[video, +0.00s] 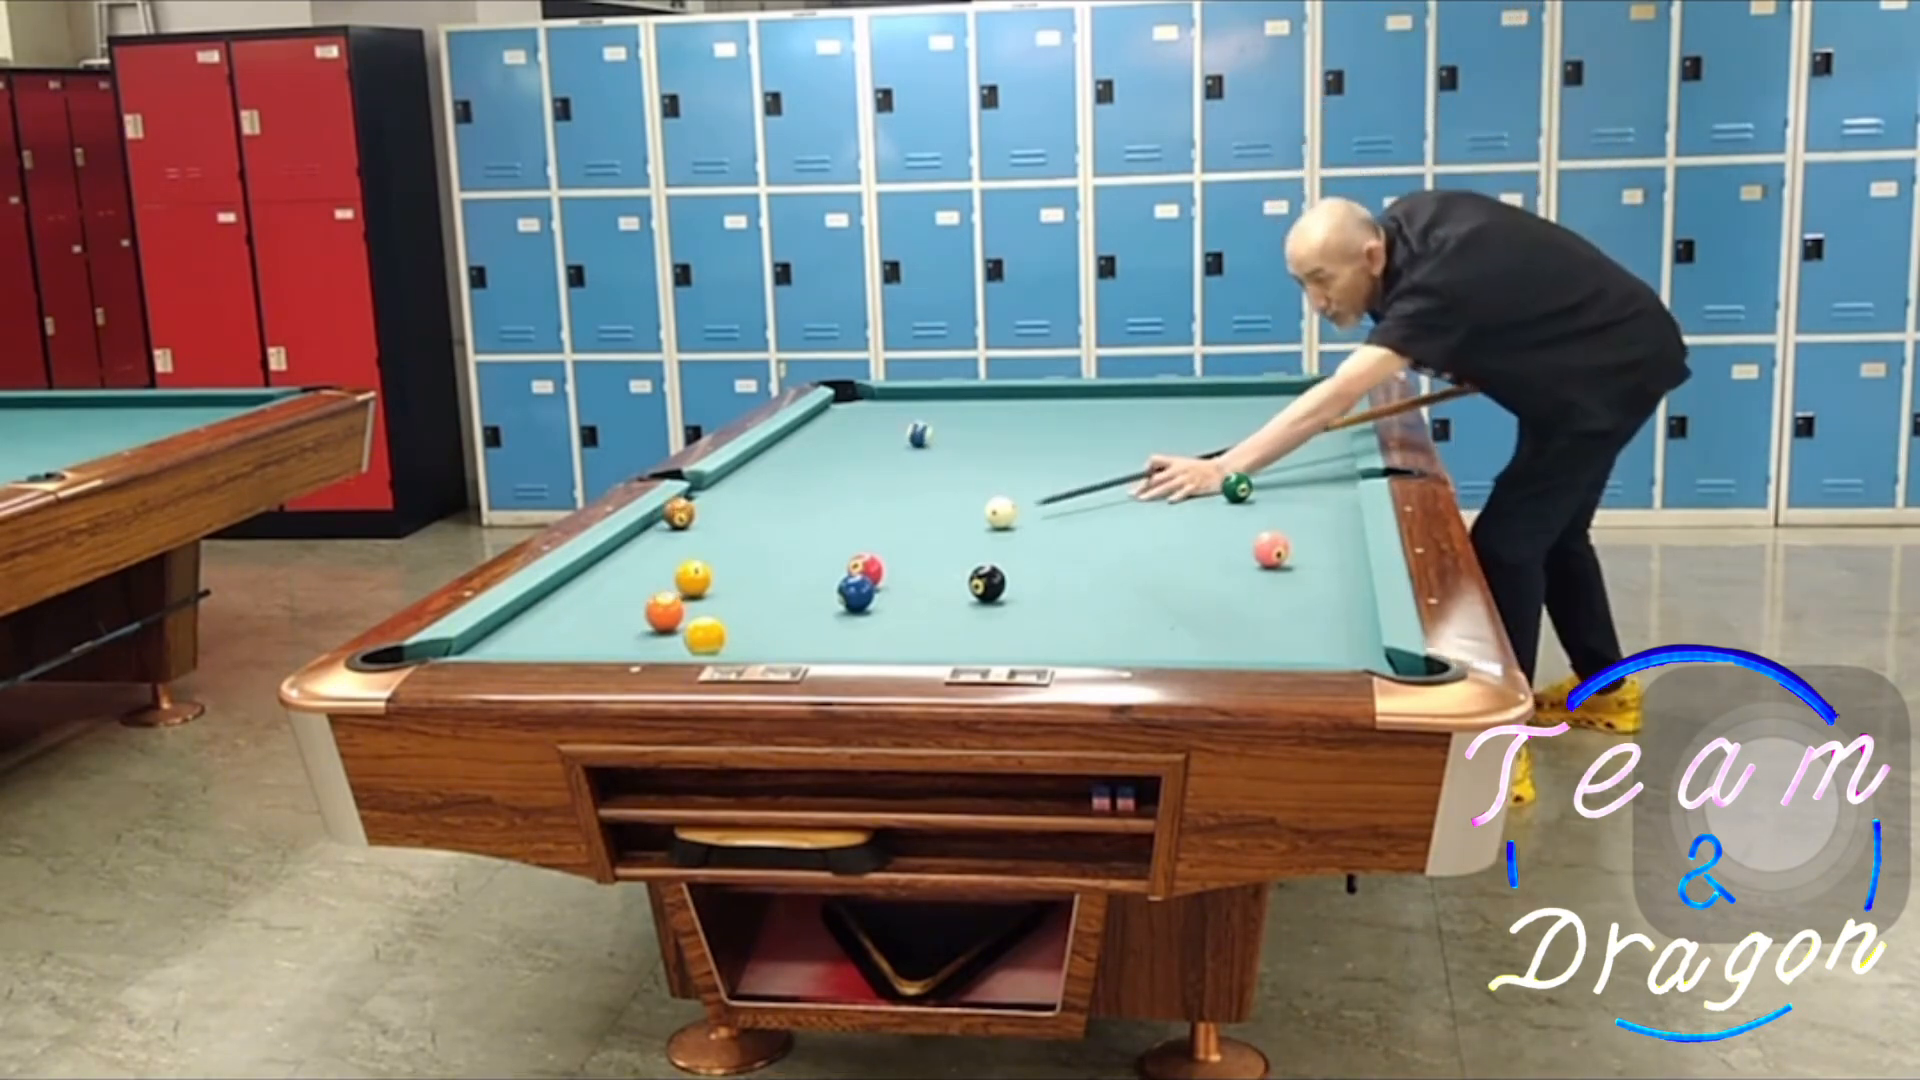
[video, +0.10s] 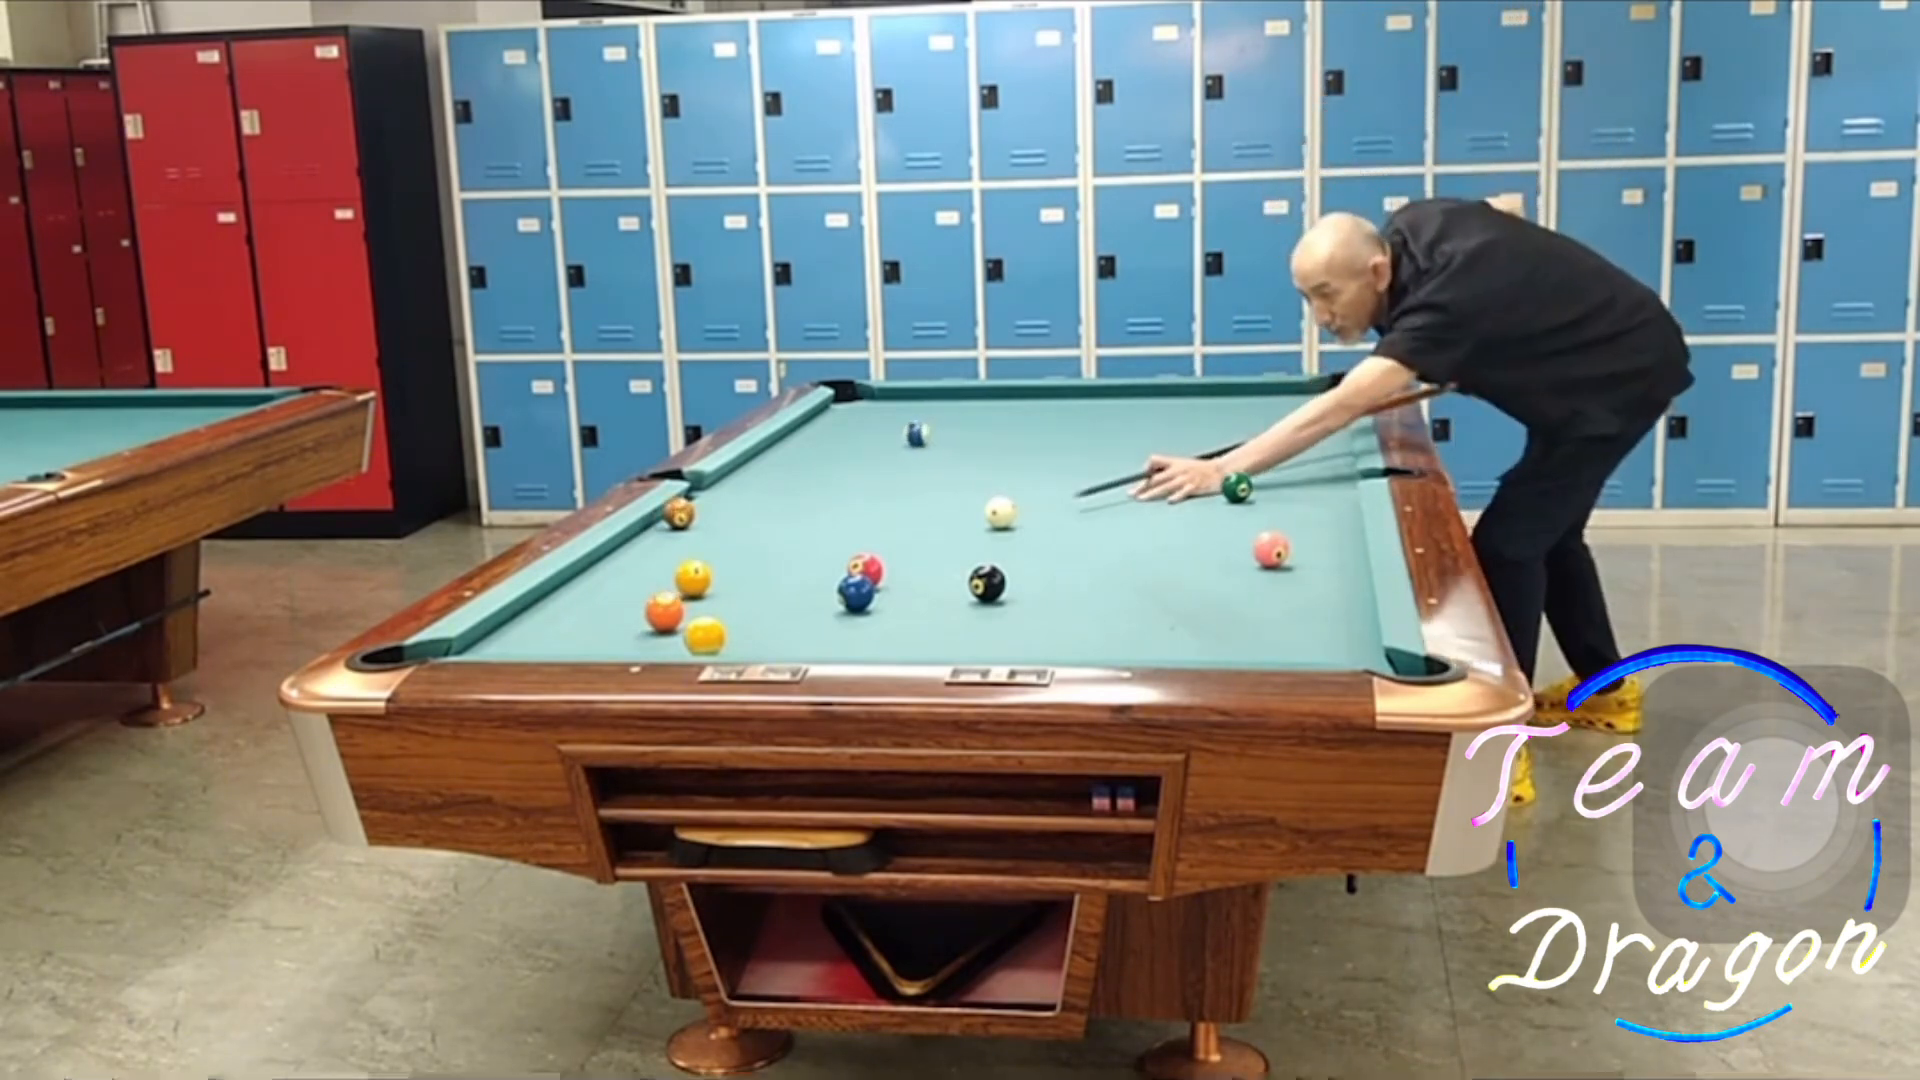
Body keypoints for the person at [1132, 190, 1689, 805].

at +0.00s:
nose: (1314, 300)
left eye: (1320, 281)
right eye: (1305, 284)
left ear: (1371, 256)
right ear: (1367, 247)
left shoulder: (1435, 287)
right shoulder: (1411, 219)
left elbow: (1336, 400)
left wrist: (1221, 467)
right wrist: (1475, 351)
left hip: (1610, 366)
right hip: (1619, 338)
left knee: (1504, 545)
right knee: (1557, 531)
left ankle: (1508, 716)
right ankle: (1607, 692)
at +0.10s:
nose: (1317, 313)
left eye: (1325, 295)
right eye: (1309, 298)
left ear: (1378, 273)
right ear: (1372, 260)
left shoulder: (1441, 307)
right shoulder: (1413, 224)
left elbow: (1339, 406)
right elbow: (1510, 210)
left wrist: (1221, 468)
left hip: (1626, 368)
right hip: (1619, 341)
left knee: (1505, 540)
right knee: (1550, 529)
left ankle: (1509, 709)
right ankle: (1607, 692)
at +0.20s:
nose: (1318, 321)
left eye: (1325, 303)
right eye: (1310, 305)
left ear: (1378, 280)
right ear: (1372, 268)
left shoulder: (1442, 314)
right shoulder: (1415, 228)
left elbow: (1342, 407)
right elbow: (1510, 207)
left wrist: (1218, 468)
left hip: (1630, 370)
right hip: (1616, 343)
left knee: (1507, 541)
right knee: (1547, 530)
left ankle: (1507, 712)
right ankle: (1606, 691)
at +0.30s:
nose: (1317, 329)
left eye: (1325, 312)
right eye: (1309, 313)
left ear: (1379, 290)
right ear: (1372, 276)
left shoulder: (1438, 324)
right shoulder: (1416, 236)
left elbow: (1342, 412)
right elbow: (1507, 206)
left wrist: (1217, 468)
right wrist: (1515, 301)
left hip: (1632, 373)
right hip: (1621, 343)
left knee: (1509, 541)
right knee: (1546, 529)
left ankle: (1507, 709)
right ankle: (1606, 689)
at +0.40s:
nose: (1318, 332)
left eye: (1326, 315)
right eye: (1310, 318)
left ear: (1379, 292)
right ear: (1371, 280)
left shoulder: (1440, 324)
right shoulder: (1417, 240)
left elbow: (1343, 413)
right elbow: (1506, 209)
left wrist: (1218, 469)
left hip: (1634, 373)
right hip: (1624, 346)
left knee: (1510, 540)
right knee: (1546, 530)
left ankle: (1510, 708)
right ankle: (1606, 690)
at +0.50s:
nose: (1319, 335)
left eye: (1327, 319)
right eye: (1310, 320)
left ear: (1381, 296)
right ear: (1372, 284)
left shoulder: (1441, 326)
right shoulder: (1417, 244)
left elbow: (1344, 415)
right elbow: (1500, 223)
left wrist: (1221, 469)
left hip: (1636, 374)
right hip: (1628, 347)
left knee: (1509, 542)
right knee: (1545, 531)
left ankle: (1509, 710)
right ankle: (1607, 691)